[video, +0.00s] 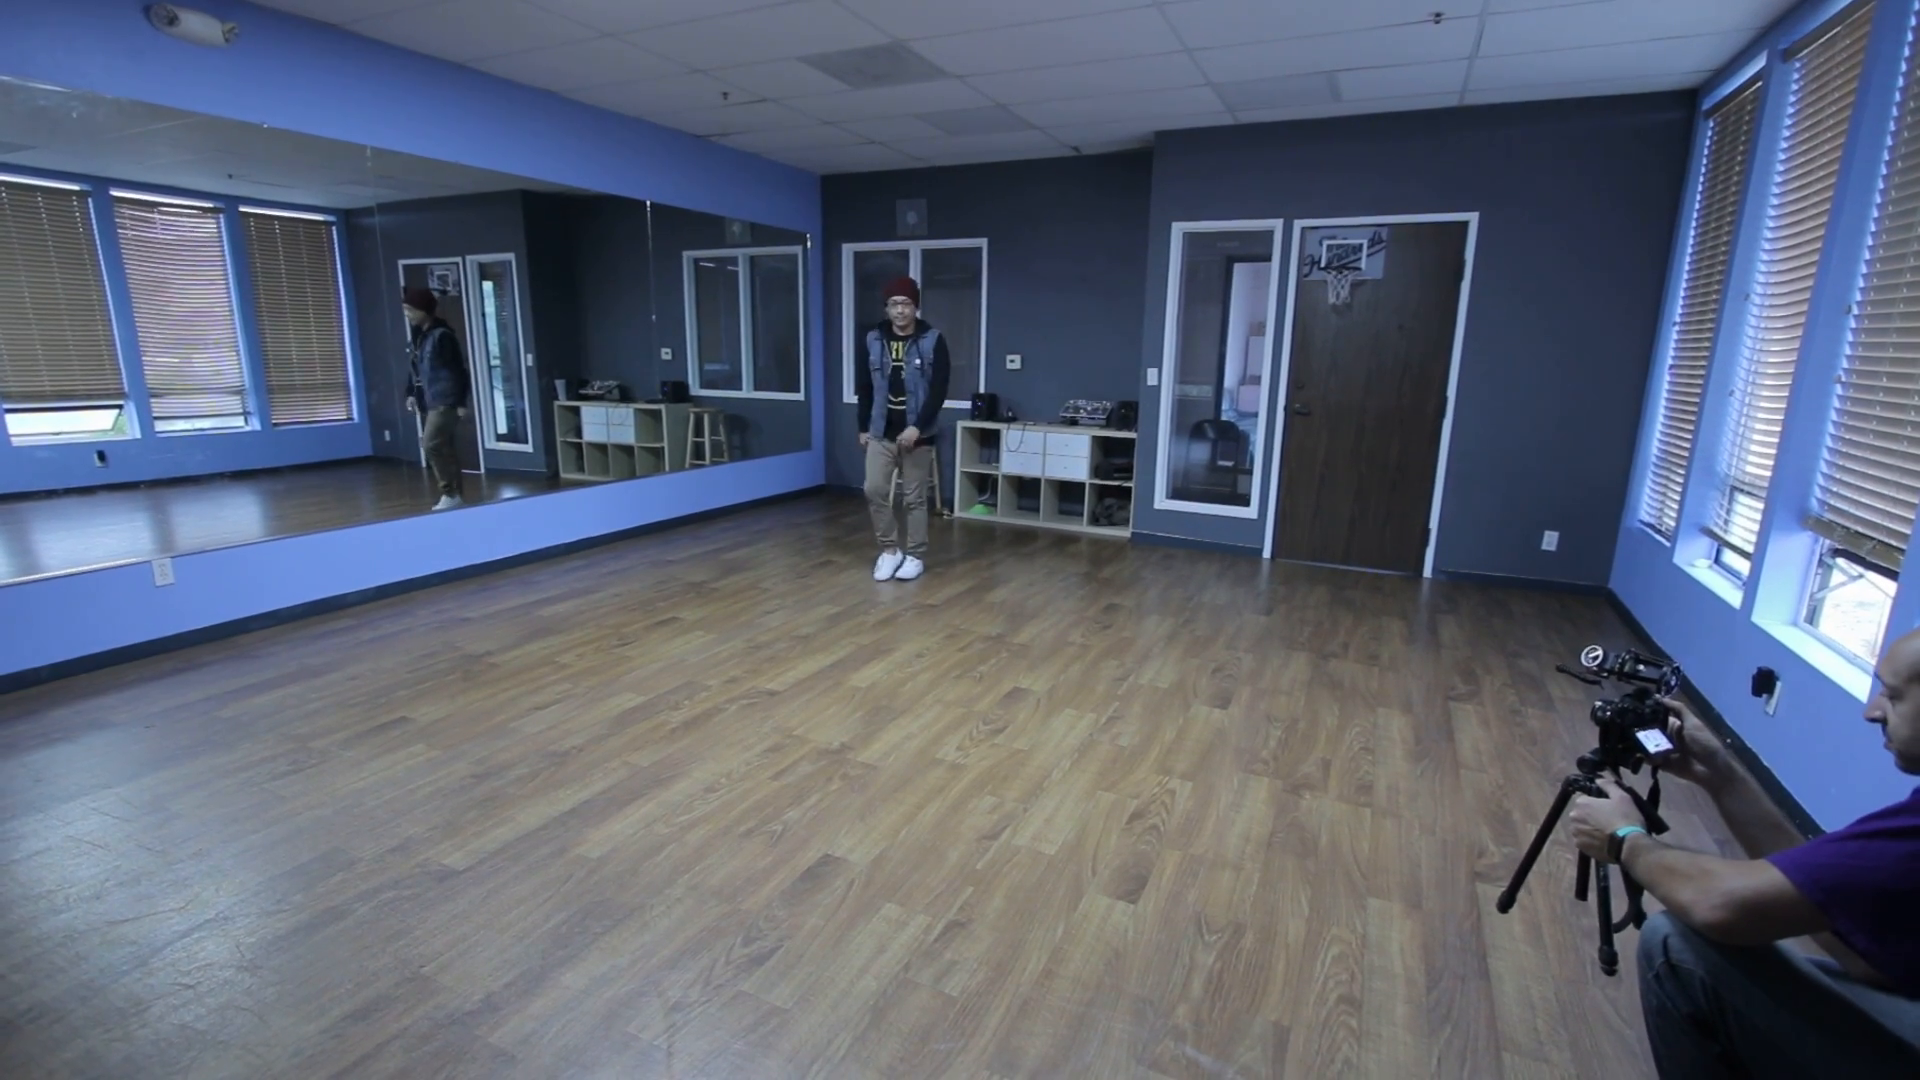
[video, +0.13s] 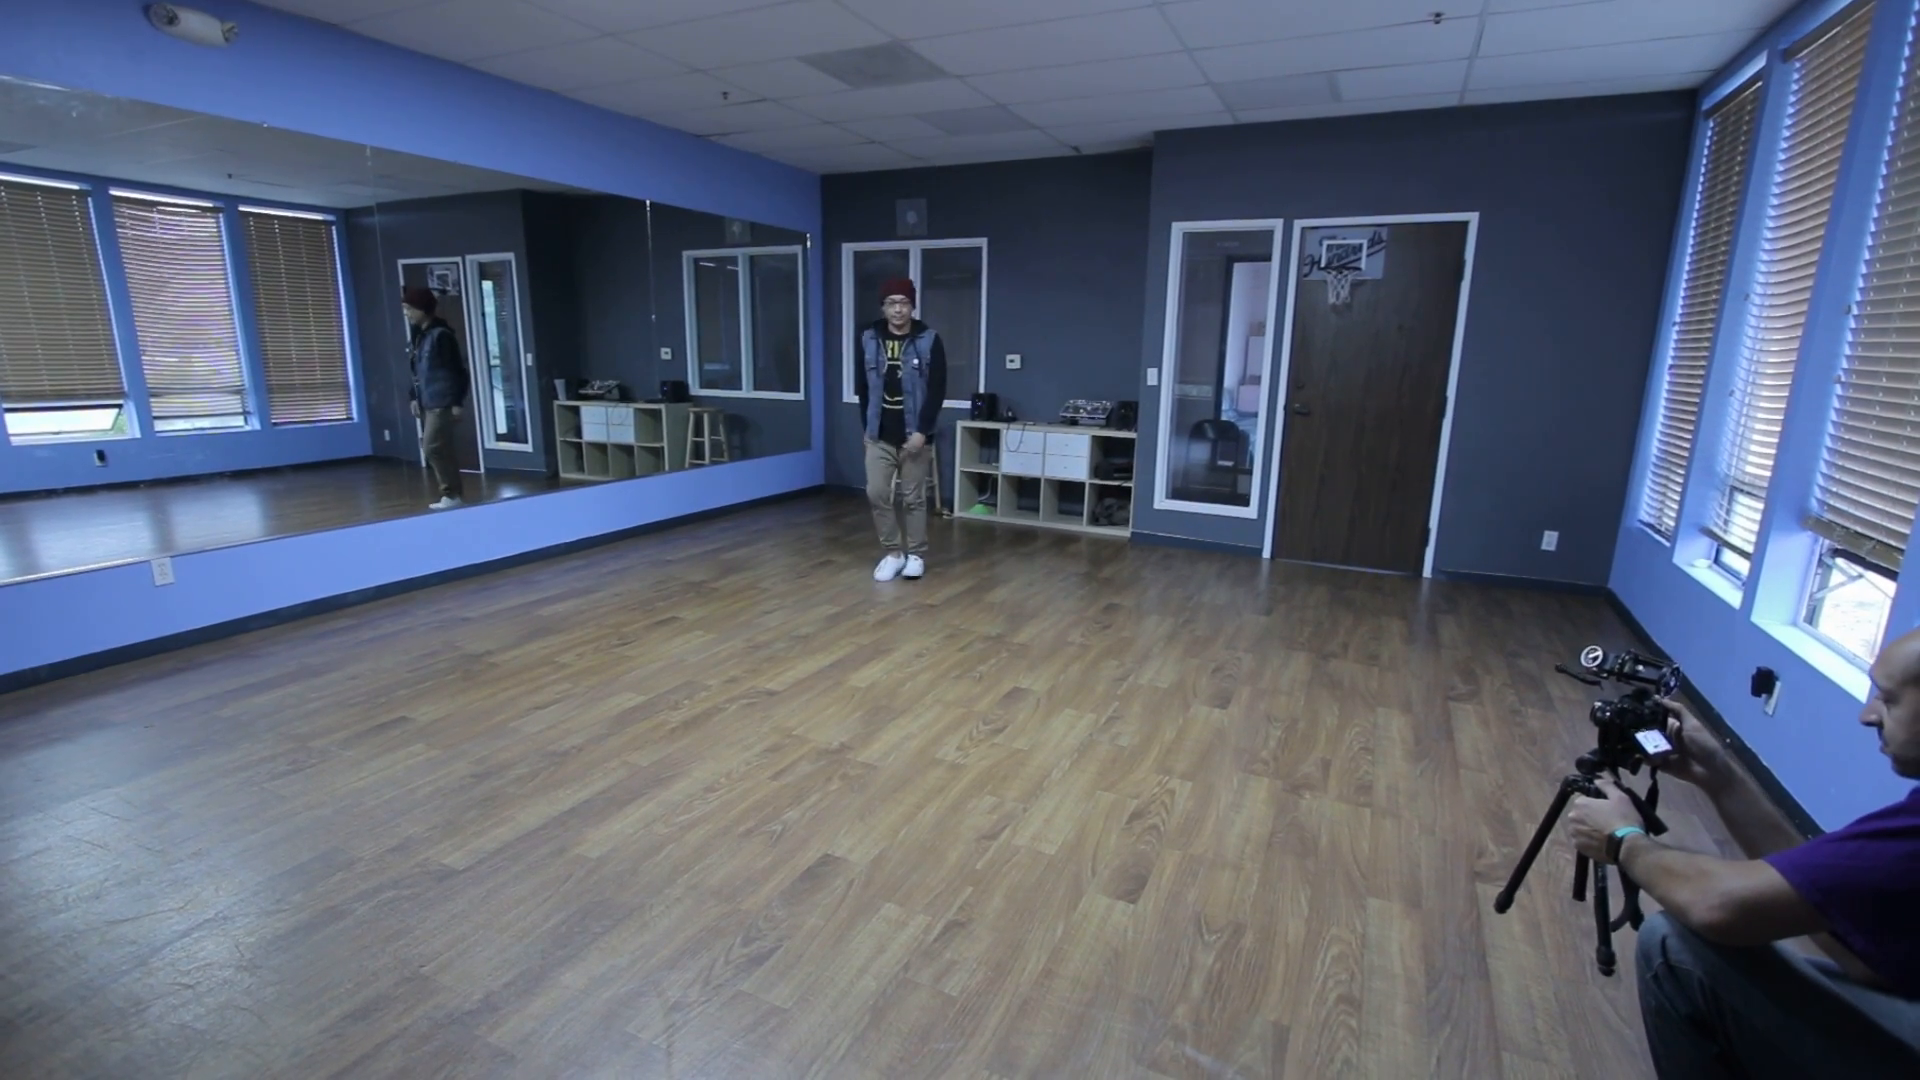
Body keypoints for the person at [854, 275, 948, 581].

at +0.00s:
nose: (899, 310)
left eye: (905, 304)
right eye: (893, 304)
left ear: (916, 307)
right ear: (886, 308)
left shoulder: (933, 341)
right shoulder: (873, 340)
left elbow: (938, 390)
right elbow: (865, 386)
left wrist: (919, 427)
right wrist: (863, 427)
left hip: (917, 433)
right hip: (879, 432)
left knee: (914, 497)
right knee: (874, 490)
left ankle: (914, 556)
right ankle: (889, 551)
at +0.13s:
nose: (897, 309)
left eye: (903, 304)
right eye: (891, 304)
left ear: (912, 307)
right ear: (883, 308)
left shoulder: (929, 341)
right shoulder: (868, 339)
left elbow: (937, 390)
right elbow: (862, 387)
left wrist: (923, 432)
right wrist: (866, 428)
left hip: (914, 435)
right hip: (878, 434)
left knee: (913, 497)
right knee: (877, 494)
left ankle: (915, 555)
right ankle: (893, 553)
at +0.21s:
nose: (896, 310)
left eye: (901, 304)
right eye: (890, 304)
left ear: (910, 308)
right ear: (881, 309)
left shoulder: (927, 342)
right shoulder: (866, 341)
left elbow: (935, 391)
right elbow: (860, 389)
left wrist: (931, 433)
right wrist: (864, 429)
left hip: (915, 436)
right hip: (879, 436)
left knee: (916, 499)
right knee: (882, 498)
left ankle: (919, 555)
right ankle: (896, 556)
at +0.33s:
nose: (894, 310)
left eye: (900, 305)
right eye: (888, 305)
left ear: (908, 310)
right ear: (879, 311)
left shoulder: (926, 345)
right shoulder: (864, 346)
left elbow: (941, 393)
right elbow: (856, 392)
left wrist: (945, 435)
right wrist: (855, 432)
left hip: (920, 442)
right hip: (881, 442)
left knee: (926, 504)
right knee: (887, 504)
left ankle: (928, 558)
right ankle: (896, 559)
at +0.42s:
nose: (894, 307)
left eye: (899, 302)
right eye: (888, 303)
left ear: (908, 308)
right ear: (879, 310)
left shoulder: (926, 343)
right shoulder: (864, 346)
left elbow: (943, 389)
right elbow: (852, 392)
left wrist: (952, 431)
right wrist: (843, 433)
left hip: (923, 441)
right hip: (884, 442)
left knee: (930, 503)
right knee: (889, 504)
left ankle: (938, 558)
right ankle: (897, 560)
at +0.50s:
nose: (895, 306)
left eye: (901, 300)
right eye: (889, 301)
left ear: (910, 306)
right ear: (880, 308)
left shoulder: (927, 342)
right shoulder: (866, 345)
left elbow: (944, 387)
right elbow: (851, 390)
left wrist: (955, 428)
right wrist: (837, 432)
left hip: (926, 438)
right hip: (887, 440)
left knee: (936, 500)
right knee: (893, 504)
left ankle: (947, 558)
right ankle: (898, 561)